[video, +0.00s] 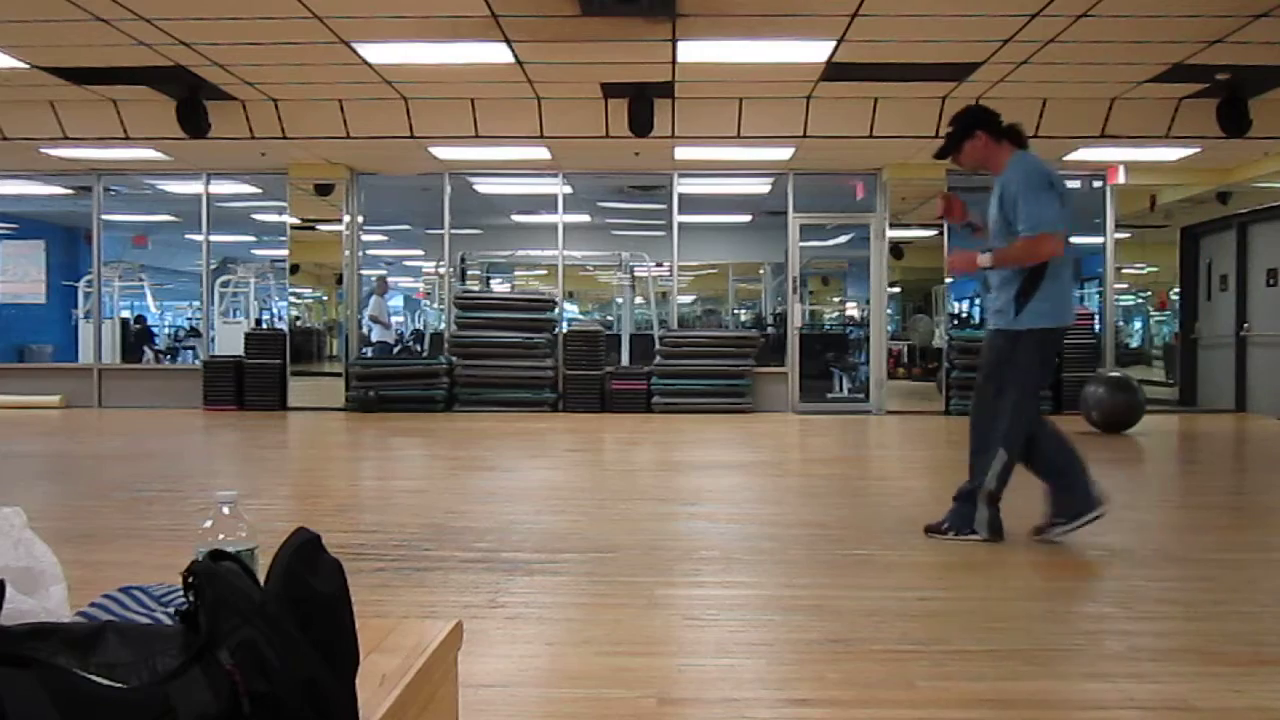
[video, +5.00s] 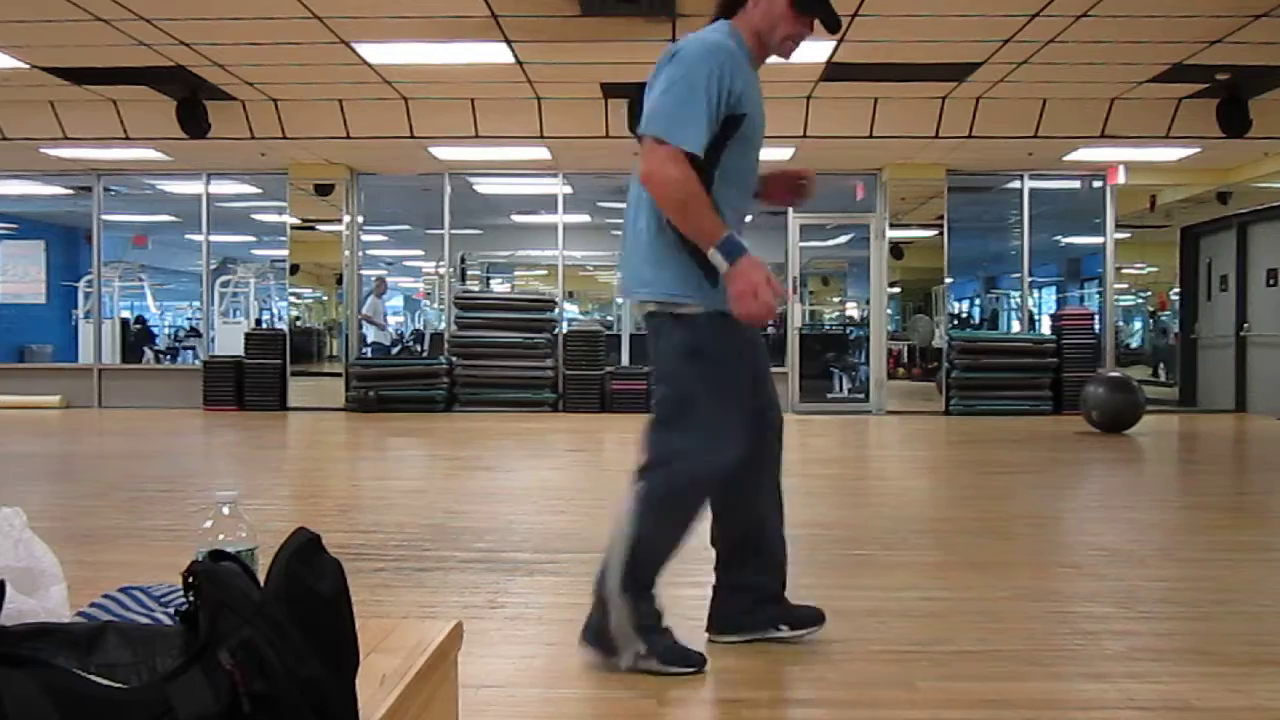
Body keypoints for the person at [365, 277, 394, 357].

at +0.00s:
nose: (387, 288)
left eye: (386, 285)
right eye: (385, 285)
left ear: (385, 286)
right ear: (379, 286)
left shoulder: (383, 300)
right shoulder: (375, 299)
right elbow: (371, 316)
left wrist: (388, 323)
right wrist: (385, 324)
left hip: (386, 338)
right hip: (380, 338)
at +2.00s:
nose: (385, 289)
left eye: (385, 286)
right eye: (383, 286)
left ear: (385, 287)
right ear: (377, 287)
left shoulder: (381, 300)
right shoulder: (373, 299)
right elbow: (365, 314)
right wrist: (379, 323)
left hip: (384, 337)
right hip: (376, 337)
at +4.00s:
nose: (386, 288)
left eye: (386, 286)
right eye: (384, 286)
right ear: (378, 286)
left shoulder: (381, 301)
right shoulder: (373, 299)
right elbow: (366, 314)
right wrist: (379, 323)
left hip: (385, 337)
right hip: (377, 338)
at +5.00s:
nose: (386, 288)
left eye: (386, 286)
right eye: (384, 286)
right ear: (378, 287)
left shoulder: (381, 301)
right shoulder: (372, 299)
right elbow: (365, 315)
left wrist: (385, 323)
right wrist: (379, 324)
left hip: (384, 338)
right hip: (375, 338)